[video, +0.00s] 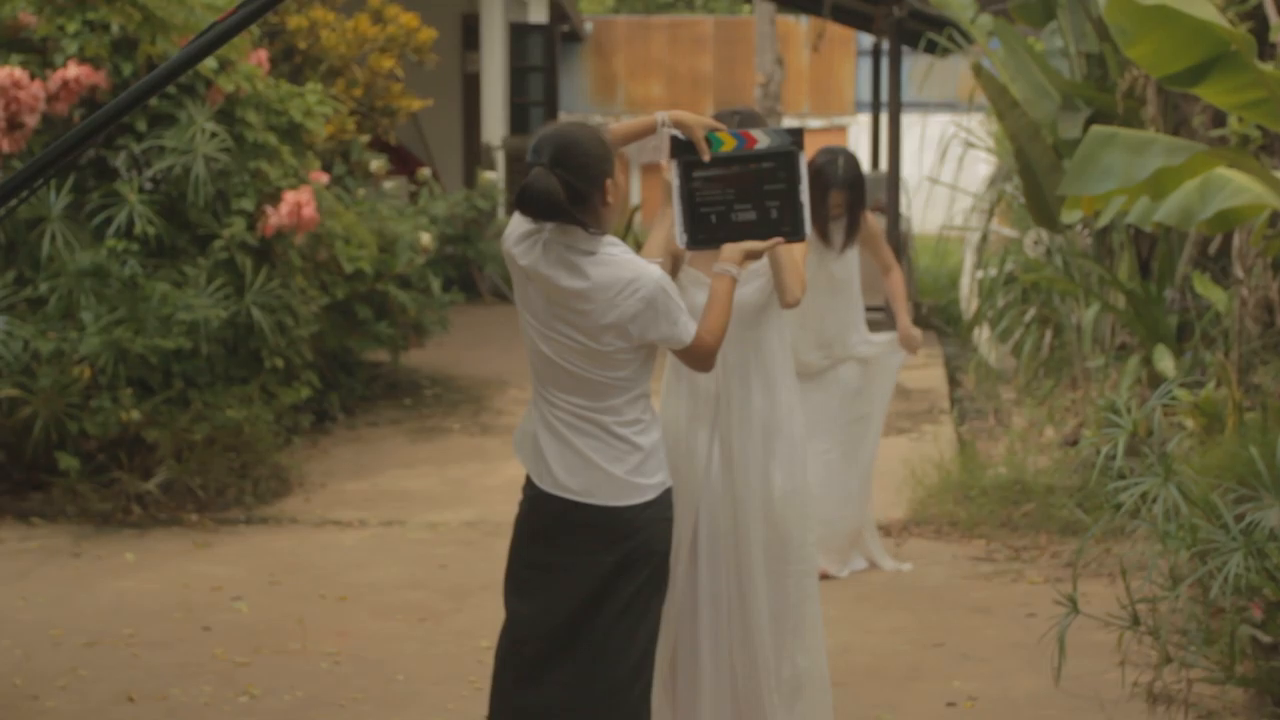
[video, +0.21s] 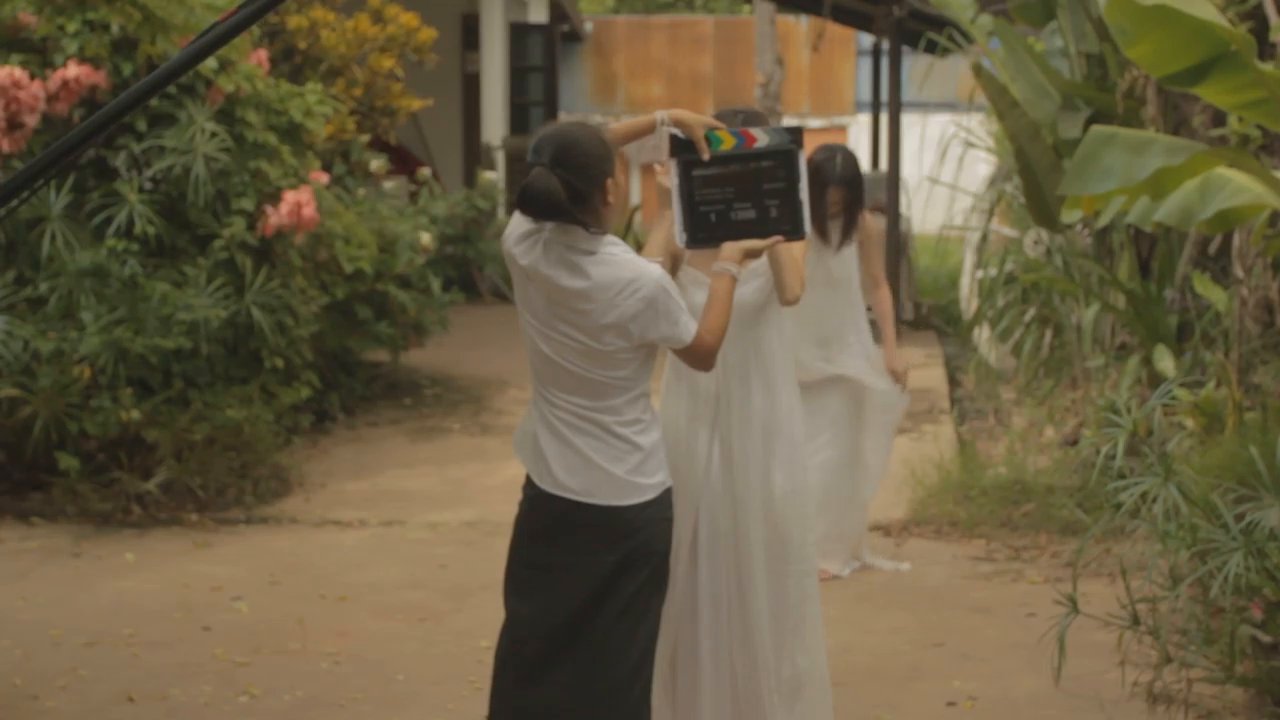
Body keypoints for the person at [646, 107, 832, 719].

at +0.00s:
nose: (732, 169)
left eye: (746, 156)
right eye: (721, 156)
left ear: (769, 163)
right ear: (701, 159)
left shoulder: (781, 222)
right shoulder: (688, 214)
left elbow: (790, 292)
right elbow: (649, 281)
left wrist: (772, 209)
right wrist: (669, 193)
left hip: (762, 419)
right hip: (691, 422)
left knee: (761, 573)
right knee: (693, 573)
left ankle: (768, 704)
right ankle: (692, 705)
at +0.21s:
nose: (736, 167)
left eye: (750, 155)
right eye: (725, 154)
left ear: (772, 164)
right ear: (705, 157)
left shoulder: (781, 223)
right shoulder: (689, 214)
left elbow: (789, 290)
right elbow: (650, 282)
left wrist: (771, 208)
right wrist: (665, 194)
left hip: (762, 418)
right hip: (691, 420)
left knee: (762, 571)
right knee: (694, 571)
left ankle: (767, 703)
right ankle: (692, 705)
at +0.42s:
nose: (735, 166)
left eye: (749, 154)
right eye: (724, 152)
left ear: (771, 163)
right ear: (704, 156)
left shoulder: (778, 219)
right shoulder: (690, 211)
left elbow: (788, 279)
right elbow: (654, 279)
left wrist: (772, 193)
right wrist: (665, 199)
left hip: (762, 414)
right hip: (691, 415)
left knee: (761, 566)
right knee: (694, 566)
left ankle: (768, 702)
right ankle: (694, 703)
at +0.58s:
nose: (736, 166)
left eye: (749, 154)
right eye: (725, 152)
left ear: (771, 163)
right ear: (705, 156)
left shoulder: (779, 221)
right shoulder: (691, 211)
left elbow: (788, 283)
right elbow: (657, 285)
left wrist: (774, 198)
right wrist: (663, 205)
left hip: (761, 410)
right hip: (692, 411)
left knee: (761, 559)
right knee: (695, 561)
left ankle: (767, 700)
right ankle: (695, 702)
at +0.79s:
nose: (737, 166)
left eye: (751, 154)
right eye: (725, 153)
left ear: (772, 162)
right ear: (705, 157)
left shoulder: (780, 220)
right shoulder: (691, 213)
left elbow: (791, 289)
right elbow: (659, 293)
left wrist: (778, 200)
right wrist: (658, 208)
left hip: (763, 414)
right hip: (694, 417)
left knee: (764, 564)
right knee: (696, 566)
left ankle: (770, 702)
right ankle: (697, 704)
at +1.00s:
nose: (726, 174)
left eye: (740, 163)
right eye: (714, 164)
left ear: (758, 168)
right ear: (698, 169)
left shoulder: (775, 223)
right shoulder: (688, 218)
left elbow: (790, 288)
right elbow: (658, 279)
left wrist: (780, 210)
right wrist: (670, 199)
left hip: (762, 421)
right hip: (693, 425)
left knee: (762, 568)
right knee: (695, 570)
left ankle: (768, 701)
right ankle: (695, 703)